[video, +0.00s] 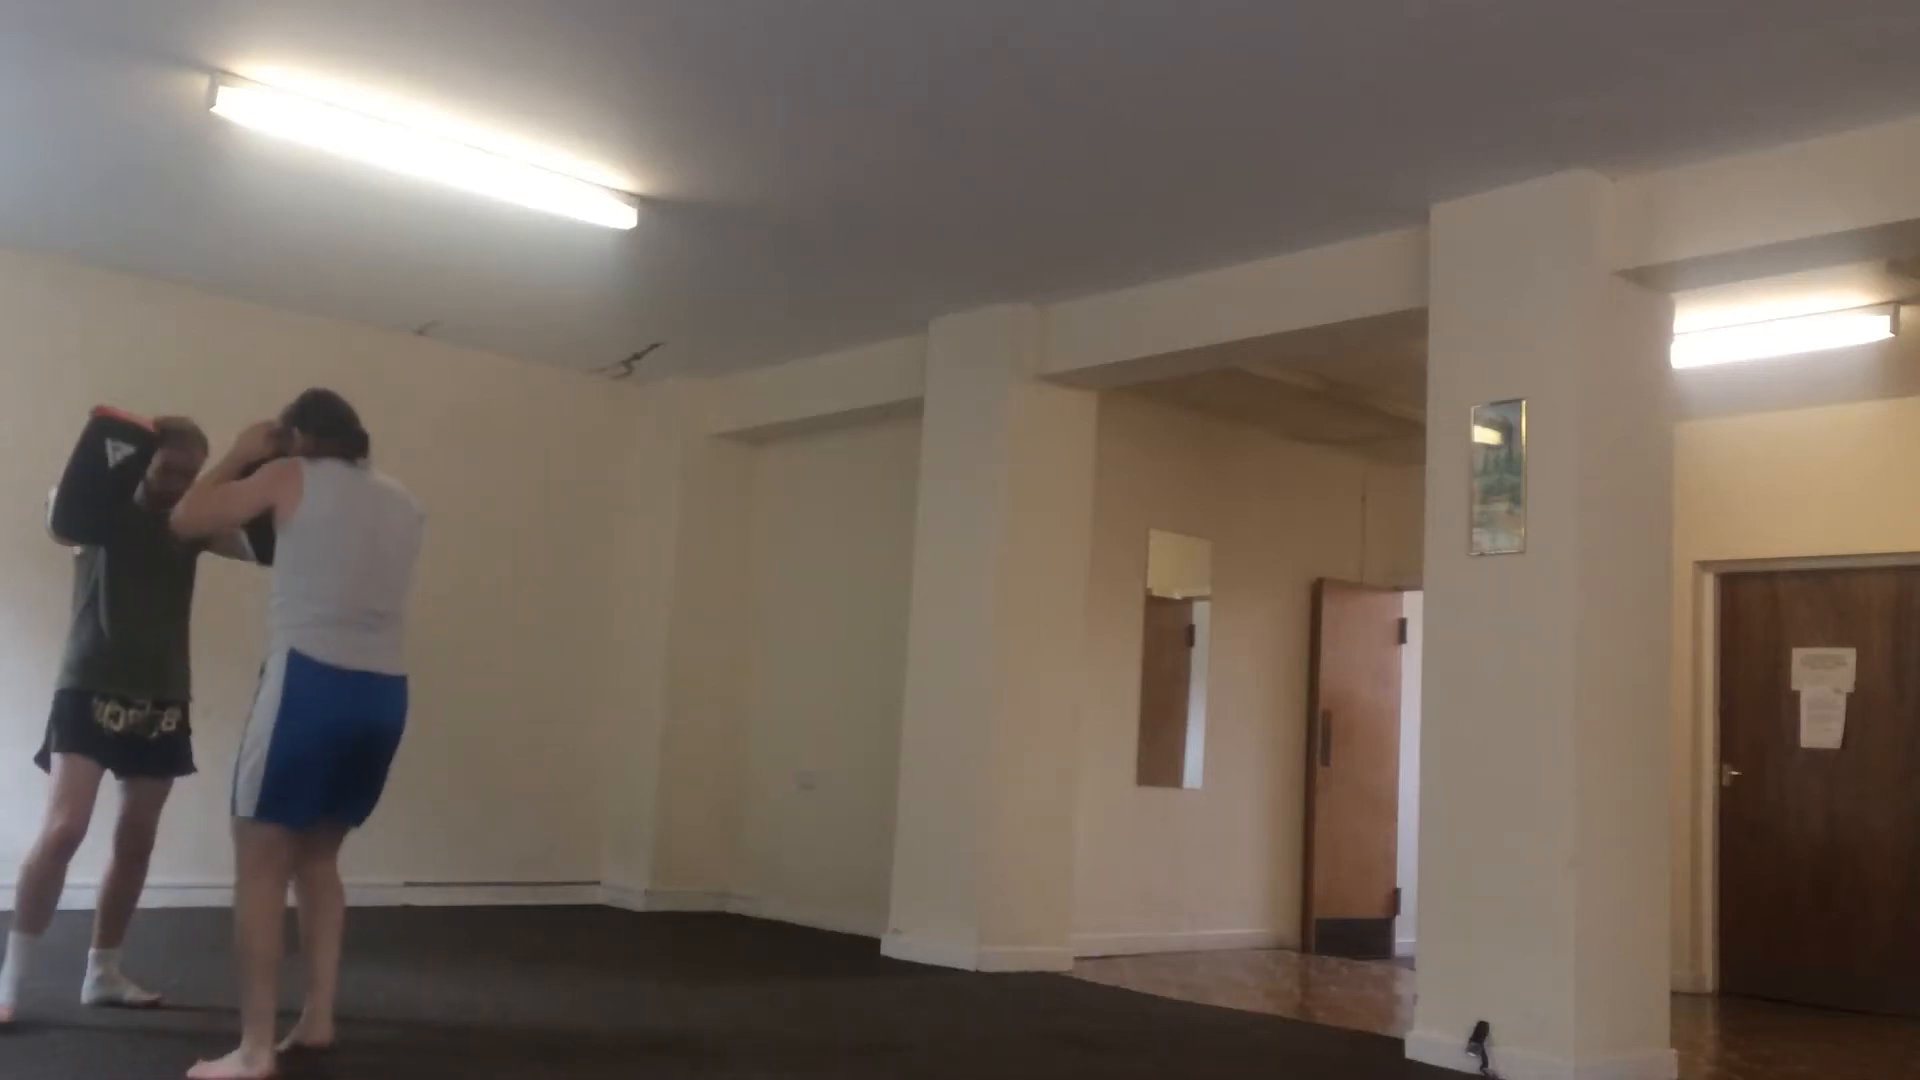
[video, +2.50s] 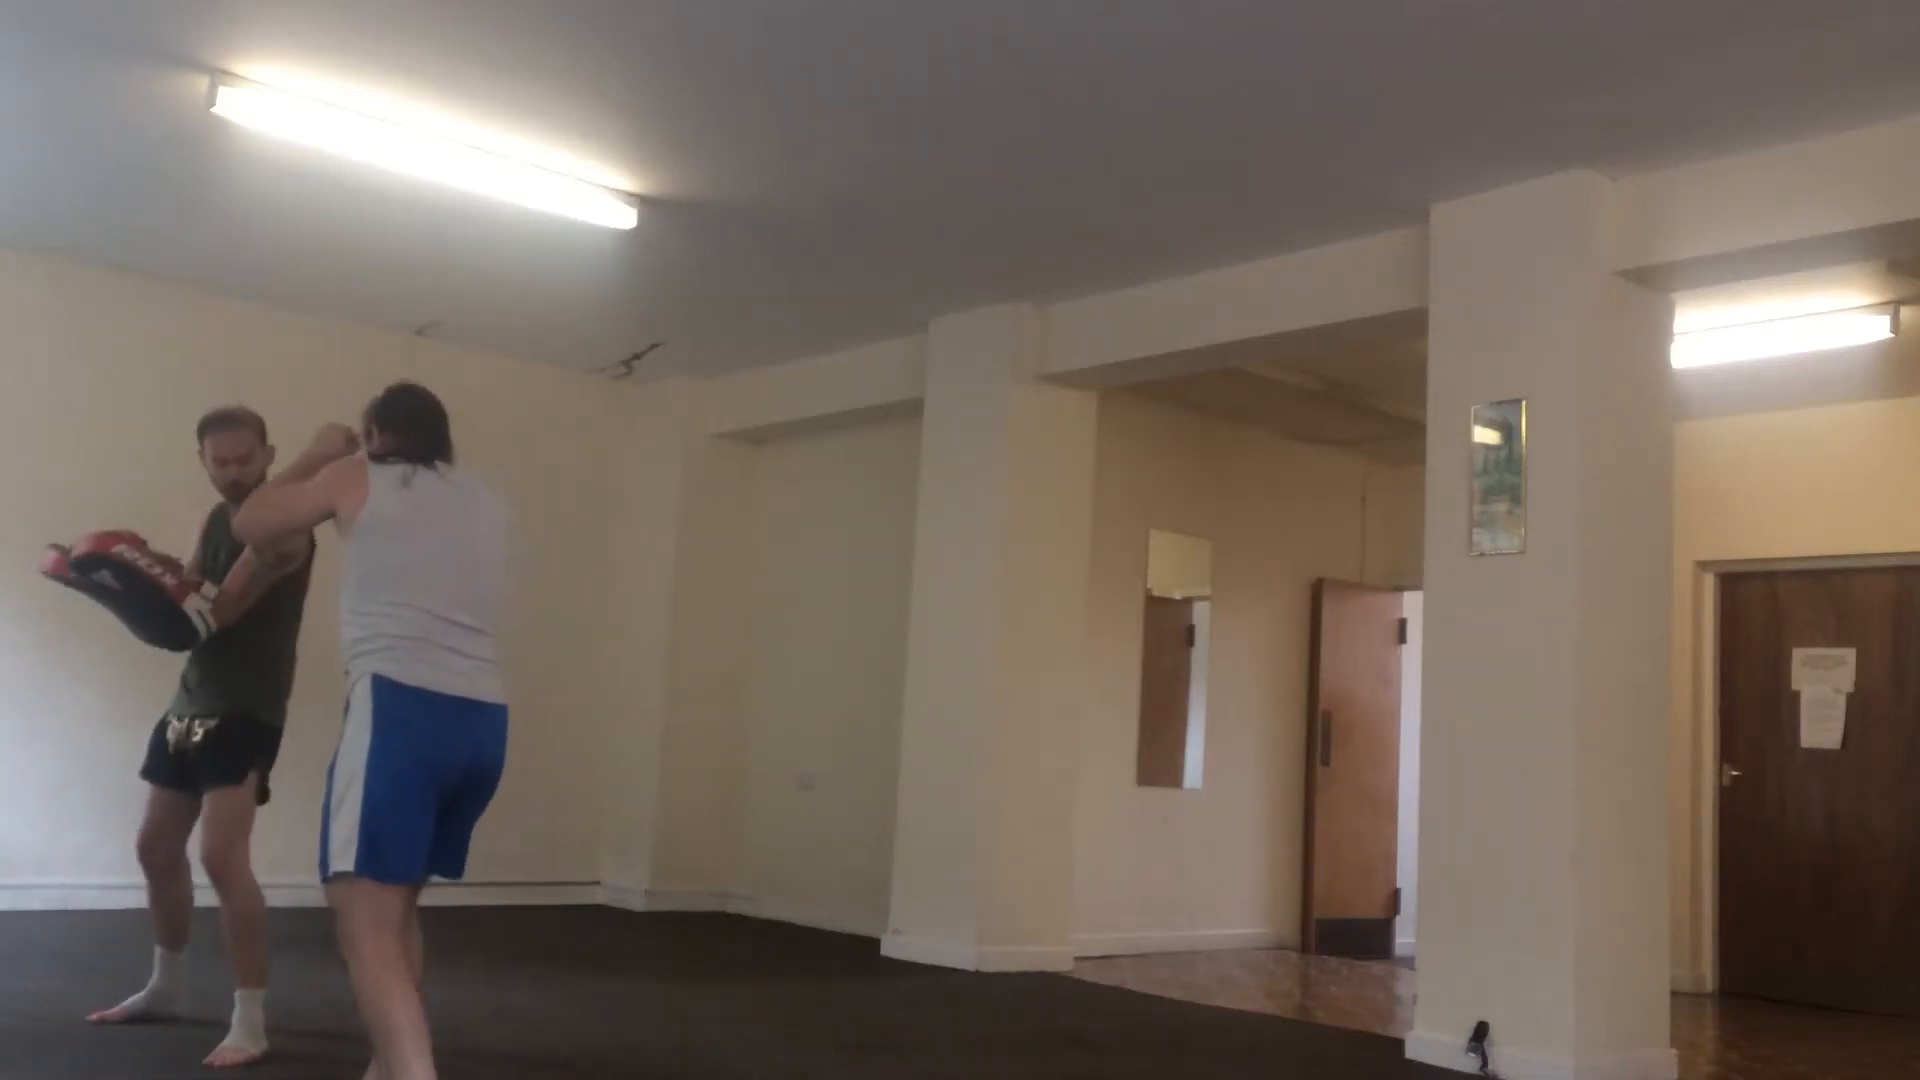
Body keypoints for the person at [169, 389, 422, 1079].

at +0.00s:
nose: (282, 442)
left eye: (285, 434)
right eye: (284, 433)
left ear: (299, 438)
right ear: (359, 441)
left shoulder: (292, 479)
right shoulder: (404, 507)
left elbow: (188, 518)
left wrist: (240, 454)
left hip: (305, 694)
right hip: (381, 702)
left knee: (262, 862)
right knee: (319, 853)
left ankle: (256, 1048)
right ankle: (319, 1019)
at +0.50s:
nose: (303, 465)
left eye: (311, 456)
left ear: (330, 458)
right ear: (391, 462)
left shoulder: (316, 497)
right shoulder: (441, 520)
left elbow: (230, 557)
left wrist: (282, 483)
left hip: (346, 721)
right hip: (427, 730)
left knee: (304, 911)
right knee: (348, 899)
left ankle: (334, 1066)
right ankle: (333, 1057)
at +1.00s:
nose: (371, 452)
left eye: (373, 441)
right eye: (372, 442)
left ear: (386, 439)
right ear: (448, 437)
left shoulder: (380, 487)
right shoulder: (495, 507)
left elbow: (263, 523)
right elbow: (449, 610)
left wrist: (290, 447)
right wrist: (334, 632)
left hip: (395, 719)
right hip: (473, 730)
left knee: (322, 907)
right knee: (398, 903)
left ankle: (345, 1070)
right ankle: (416, 1068)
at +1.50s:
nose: (379, 446)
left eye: (383, 437)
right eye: (382, 437)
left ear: (397, 443)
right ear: (460, 446)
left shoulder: (385, 488)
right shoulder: (510, 512)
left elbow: (290, 540)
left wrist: (345, 465)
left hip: (418, 727)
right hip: (500, 739)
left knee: (360, 931)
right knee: (417, 911)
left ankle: (411, 1069)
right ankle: (411, 1063)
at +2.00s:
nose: (376, 437)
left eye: (380, 430)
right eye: (380, 429)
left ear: (390, 434)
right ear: (458, 436)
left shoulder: (375, 481)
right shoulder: (510, 501)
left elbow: (280, 535)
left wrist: (341, 463)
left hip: (409, 714)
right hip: (494, 723)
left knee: (378, 921)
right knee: (423, 908)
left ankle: (421, 1071)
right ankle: (405, 1062)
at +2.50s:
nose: (363, 437)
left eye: (368, 430)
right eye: (368, 430)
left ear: (376, 437)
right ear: (446, 441)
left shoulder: (357, 479)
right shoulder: (487, 505)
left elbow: (250, 522)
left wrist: (312, 457)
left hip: (396, 715)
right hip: (481, 724)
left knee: (366, 931)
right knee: (398, 911)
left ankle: (416, 1072)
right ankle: (389, 1063)